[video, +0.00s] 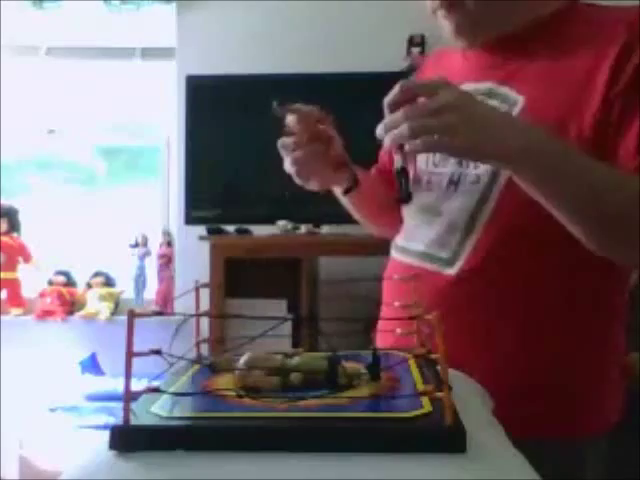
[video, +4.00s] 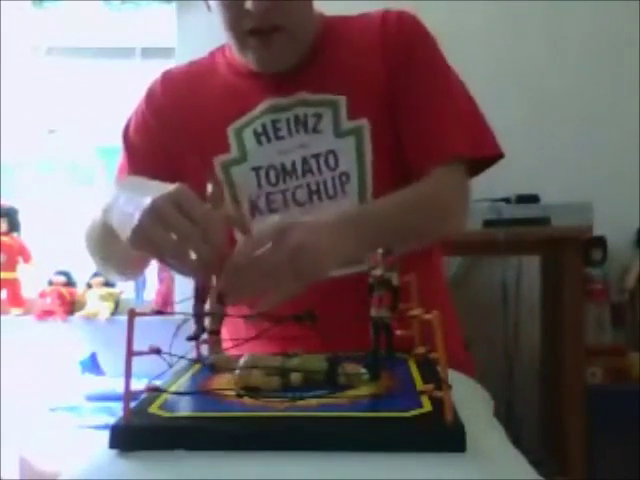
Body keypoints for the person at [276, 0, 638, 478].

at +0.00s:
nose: (439, 3)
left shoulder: (622, 43)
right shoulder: (435, 67)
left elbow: (631, 236)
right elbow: (401, 217)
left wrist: (510, 140)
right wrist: (344, 177)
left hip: (549, 420)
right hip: (413, 404)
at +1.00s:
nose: (274, 16)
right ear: (240, 2)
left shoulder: (445, 44)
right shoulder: (215, 93)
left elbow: (528, 200)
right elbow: (148, 237)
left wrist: (431, 188)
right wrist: (152, 227)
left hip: (446, 392)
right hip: (289, 407)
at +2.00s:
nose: (283, 10)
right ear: (241, 1)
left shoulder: (422, 51)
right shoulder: (198, 95)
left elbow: (503, 198)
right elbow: (127, 239)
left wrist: (437, 189)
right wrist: (152, 233)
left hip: (426, 366)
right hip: (275, 374)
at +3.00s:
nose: (272, 10)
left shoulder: (408, 48)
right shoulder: (184, 98)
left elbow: (481, 201)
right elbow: (124, 260)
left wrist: (386, 178)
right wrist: (138, 221)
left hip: (420, 374)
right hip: (265, 386)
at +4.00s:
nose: (255, 7)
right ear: (212, 4)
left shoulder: (391, 42)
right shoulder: (174, 98)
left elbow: (447, 202)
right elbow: (115, 260)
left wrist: (327, 242)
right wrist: (124, 208)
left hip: (409, 371)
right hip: (253, 382)